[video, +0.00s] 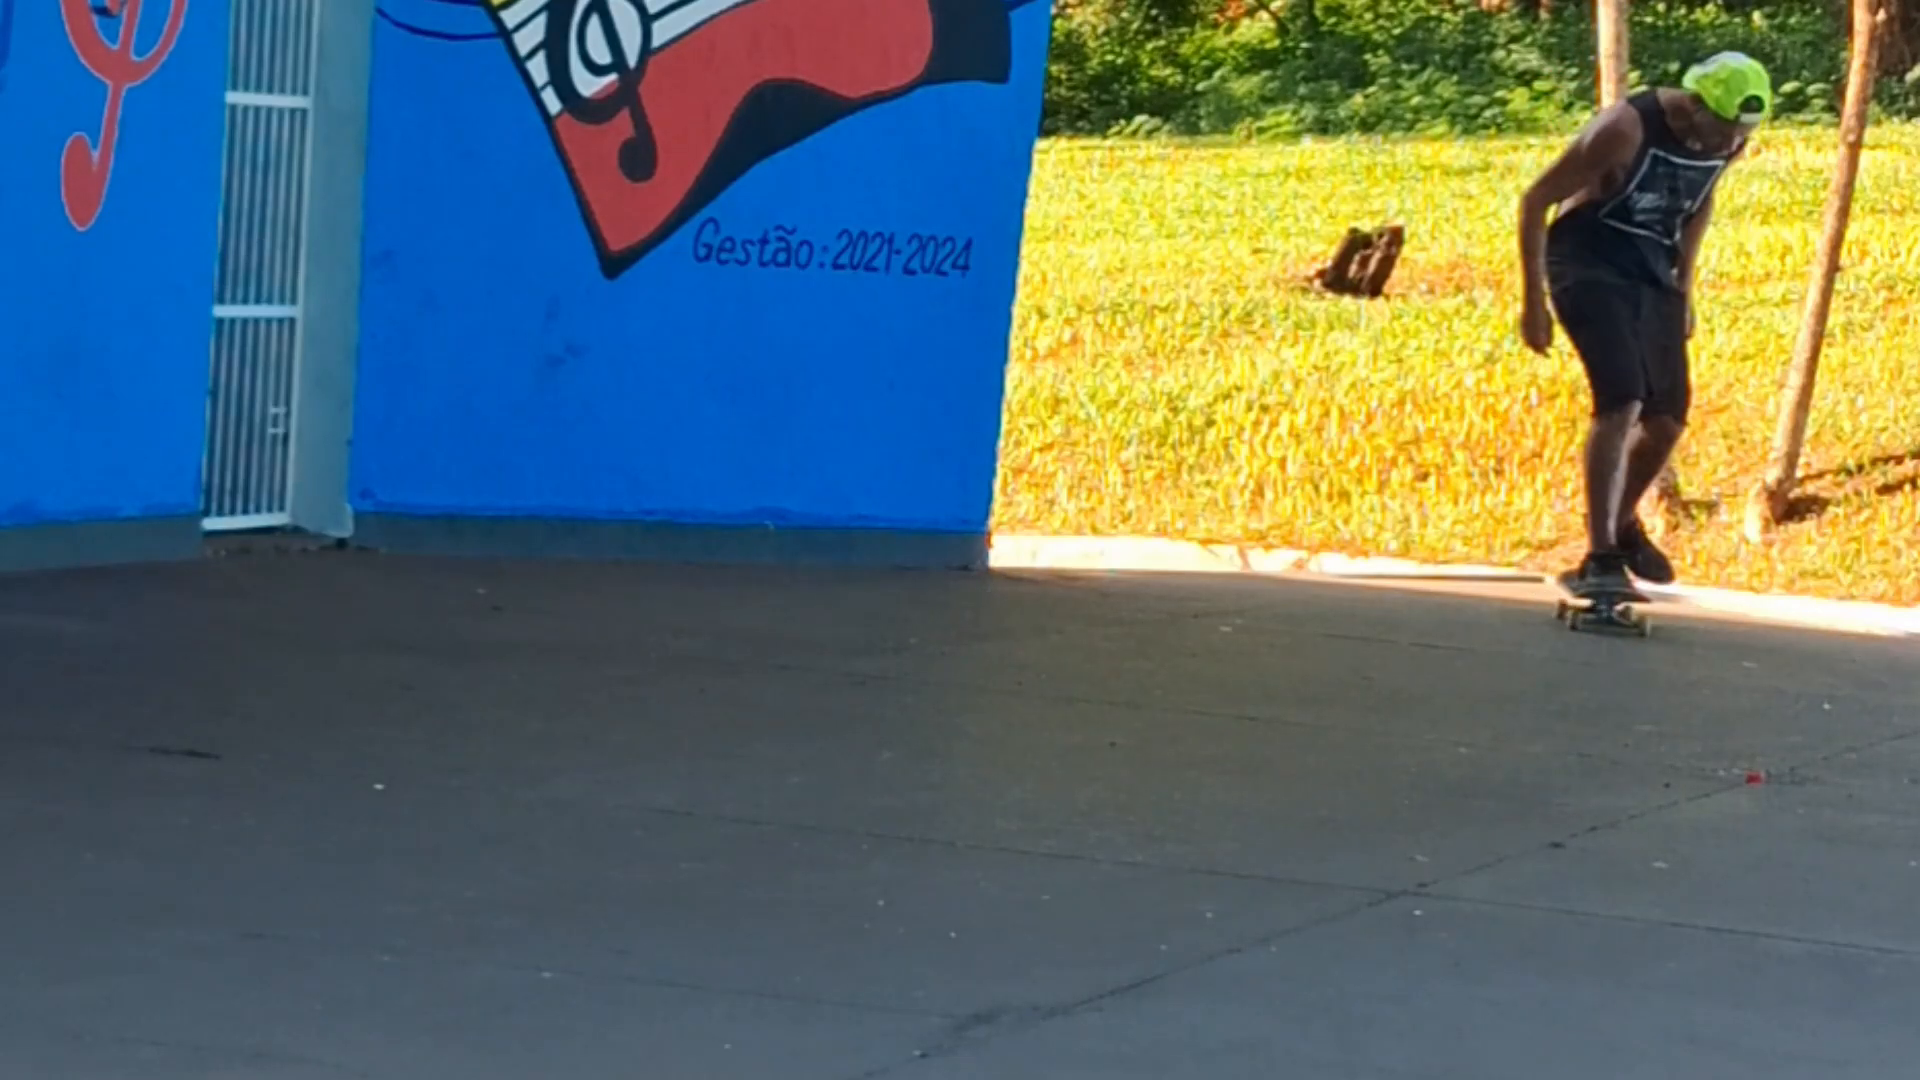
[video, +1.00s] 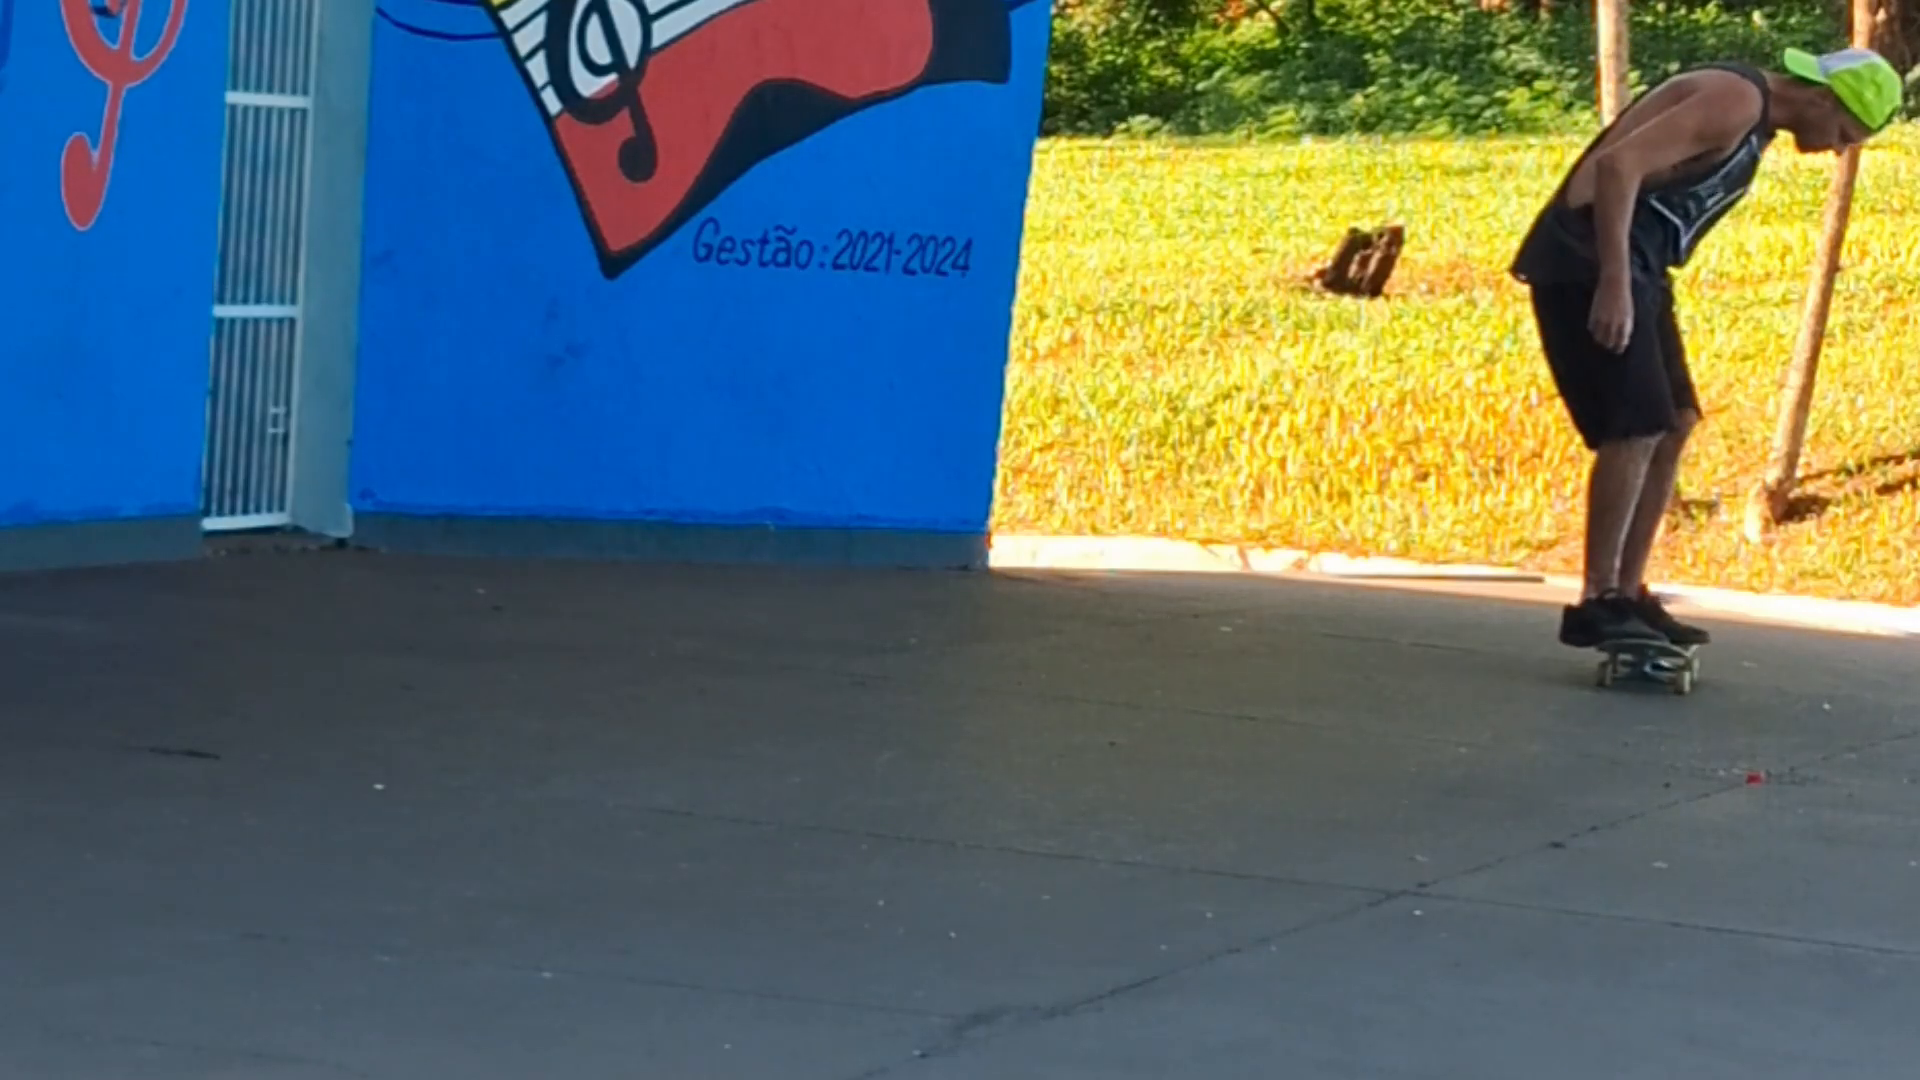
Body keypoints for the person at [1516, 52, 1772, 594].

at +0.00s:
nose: (1735, 145)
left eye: (1743, 135)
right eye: (1728, 132)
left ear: (1749, 123)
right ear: (1698, 108)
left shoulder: (1727, 139)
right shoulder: (1623, 129)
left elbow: (1697, 212)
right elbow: (1534, 200)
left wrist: (1682, 292)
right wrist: (1534, 301)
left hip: (1656, 279)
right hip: (1591, 269)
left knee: (1666, 417)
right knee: (1621, 400)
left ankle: (1620, 521)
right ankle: (1601, 557)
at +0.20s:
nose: (1758, 132)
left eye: (1767, 123)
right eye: (1758, 118)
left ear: (1761, 107)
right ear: (1731, 91)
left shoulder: (1736, 126)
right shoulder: (1645, 111)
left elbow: (1690, 201)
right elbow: (1548, 187)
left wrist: (1674, 272)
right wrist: (1553, 288)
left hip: (1655, 274)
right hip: (1594, 265)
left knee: (1674, 404)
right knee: (1621, 405)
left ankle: (1590, 551)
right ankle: (1609, 566)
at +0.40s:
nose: (1792, 117)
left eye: (1800, 108)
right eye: (1790, 103)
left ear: (1767, 84)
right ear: (1758, 77)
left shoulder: (1748, 120)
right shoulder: (1670, 94)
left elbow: (1687, 182)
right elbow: (1561, 162)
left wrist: (1676, 241)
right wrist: (1575, 267)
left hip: (1654, 263)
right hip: (1598, 250)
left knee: (1675, 406)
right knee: (1636, 399)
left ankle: (1612, 562)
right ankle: (1604, 564)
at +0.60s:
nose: (1812, 124)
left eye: (1822, 117)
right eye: (1813, 110)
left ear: (1792, 86)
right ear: (1784, 77)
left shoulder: (1748, 122)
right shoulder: (1696, 92)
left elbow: (1658, 181)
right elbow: (1579, 151)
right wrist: (1579, 261)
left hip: (1647, 267)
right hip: (1598, 259)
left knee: (1675, 410)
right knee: (1632, 410)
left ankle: (1620, 572)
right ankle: (1600, 579)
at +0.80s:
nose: (1826, 139)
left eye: (1837, 133)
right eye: (1831, 124)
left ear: (1811, 96)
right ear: (1808, 89)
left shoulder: (1754, 128)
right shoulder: (1715, 97)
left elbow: (1657, 187)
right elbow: (1601, 159)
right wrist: (1591, 272)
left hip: (1641, 272)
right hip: (1595, 264)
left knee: (1671, 421)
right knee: (1631, 424)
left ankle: (1623, 587)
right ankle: (1600, 597)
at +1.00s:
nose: (1835, 151)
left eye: (1848, 145)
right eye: (1845, 137)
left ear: (1824, 98)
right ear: (1828, 98)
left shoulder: (1751, 123)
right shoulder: (1730, 100)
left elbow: (1649, 194)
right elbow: (1617, 163)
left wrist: (1643, 286)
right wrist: (1613, 281)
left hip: (1636, 270)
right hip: (1589, 262)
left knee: (1675, 420)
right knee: (1635, 426)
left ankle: (1626, 594)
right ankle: (1595, 602)